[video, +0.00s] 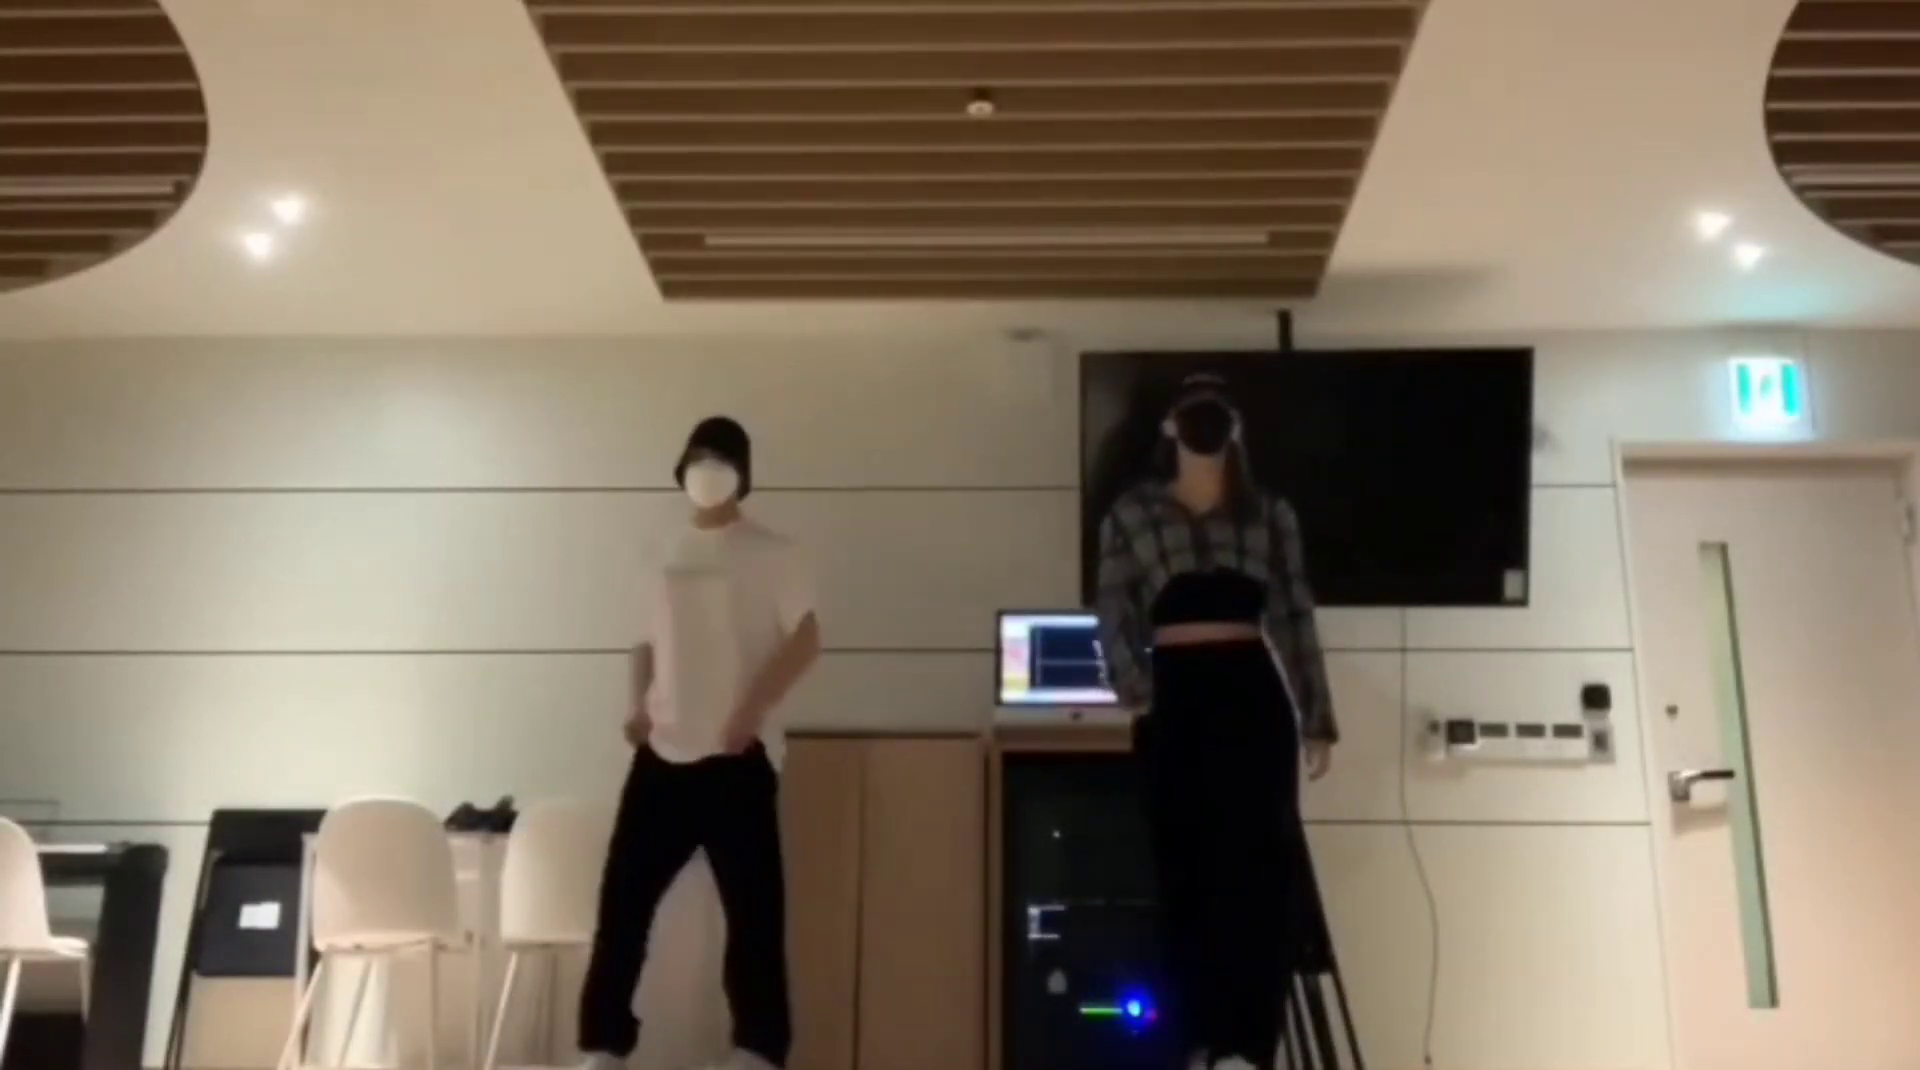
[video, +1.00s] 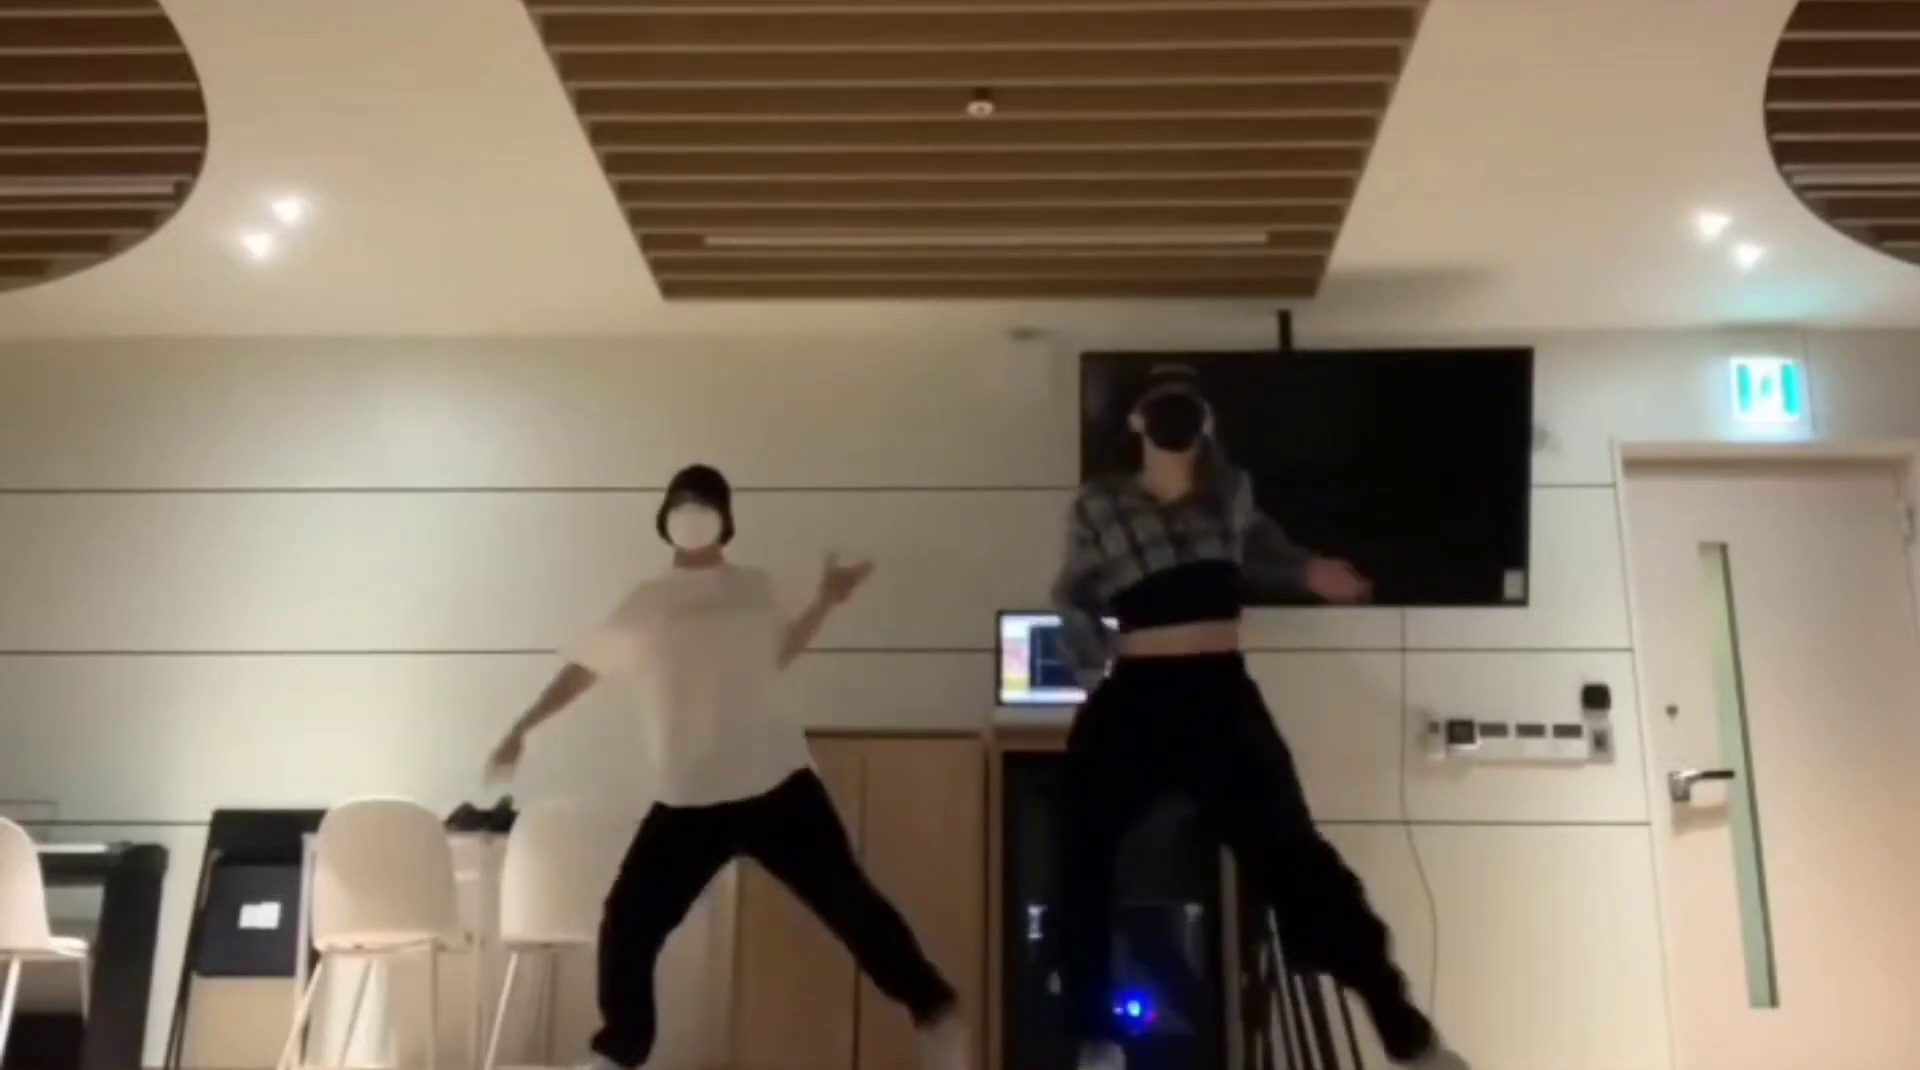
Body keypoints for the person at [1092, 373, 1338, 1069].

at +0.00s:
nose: (1207, 422)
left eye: (1218, 410)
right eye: (1193, 411)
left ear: (1237, 428)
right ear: (1169, 428)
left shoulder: (1270, 514)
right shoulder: (1132, 515)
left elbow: (1295, 618)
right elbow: (1112, 611)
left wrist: (1316, 713)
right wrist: (1135, 690)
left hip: (1255, 702)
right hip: (1176, 704)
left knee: (1259, 867)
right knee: (1187, 868)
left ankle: (1251, 1040)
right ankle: (1197, 1037)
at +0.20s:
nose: (1204, 416)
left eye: (1215, 405)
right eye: (1191, 404)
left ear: (1234, 419)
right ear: (1165, 418)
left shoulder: (1270, 500)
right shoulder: (1131, 500)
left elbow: (1293, 604)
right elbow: (1109, 594)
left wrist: (1310, 703)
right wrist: (1134, 678)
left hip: (1248, 695)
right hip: (1168, 696)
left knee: (1252, 869)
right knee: (1152, 859)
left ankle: (1241, 1042)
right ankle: (1161, 1015)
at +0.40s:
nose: (1183, 401)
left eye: (1190, 390)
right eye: (1174, 390)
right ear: (1153, 407)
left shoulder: (1253, 489)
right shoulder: (1112, 486)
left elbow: (1281, 589)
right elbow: (1090, 584)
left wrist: (1306, 684)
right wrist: (1120, 663)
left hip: (1227, 682)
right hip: (1146, 683)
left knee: (1243, 859)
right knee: (1122, 854)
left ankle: (1242, 1043)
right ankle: (1103, 1033)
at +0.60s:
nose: (1169, 405)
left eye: (1181, 393)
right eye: (1155, 393)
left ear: (1202, 408)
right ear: (1128, 408)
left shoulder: (1235, 488)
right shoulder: (1093, 487)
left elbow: (1262, 594)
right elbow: (1060, 583)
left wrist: (1288, 696)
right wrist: (1101, 649)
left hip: (1203, 690)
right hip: (1122, 691)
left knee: (1199, 860)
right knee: (1115, 859)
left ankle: (1194, 1032)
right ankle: (1104, 1034)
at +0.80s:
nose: (1169, 410)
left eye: (1181, 397)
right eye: (1153, 399)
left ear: (1201, 413)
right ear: (1129, 417)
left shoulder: (1228, 494)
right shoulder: (1096, 493)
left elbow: (1244, 586)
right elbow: (1056, 585)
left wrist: (1237, 634)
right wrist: (1085, 678)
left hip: (1202, 689)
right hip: (1123, 688)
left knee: (1194, 829)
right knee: (1108, 839)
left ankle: (1186, 971)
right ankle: (1100, 993)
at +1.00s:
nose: (1177, 418)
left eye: (1188, 407)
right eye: (1163, 407)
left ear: (1207, 423)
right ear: (1137, 424)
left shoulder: (1229, 497)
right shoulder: (1100, 506)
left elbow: (1260, 561)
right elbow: (1068, 596)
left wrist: (1309, 573)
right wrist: (1092, 652)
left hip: (1222, 698)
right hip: (1134, 700)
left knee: (1291, 852)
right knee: (1083, 858)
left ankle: (1405, 1032)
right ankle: (1090, 1035)